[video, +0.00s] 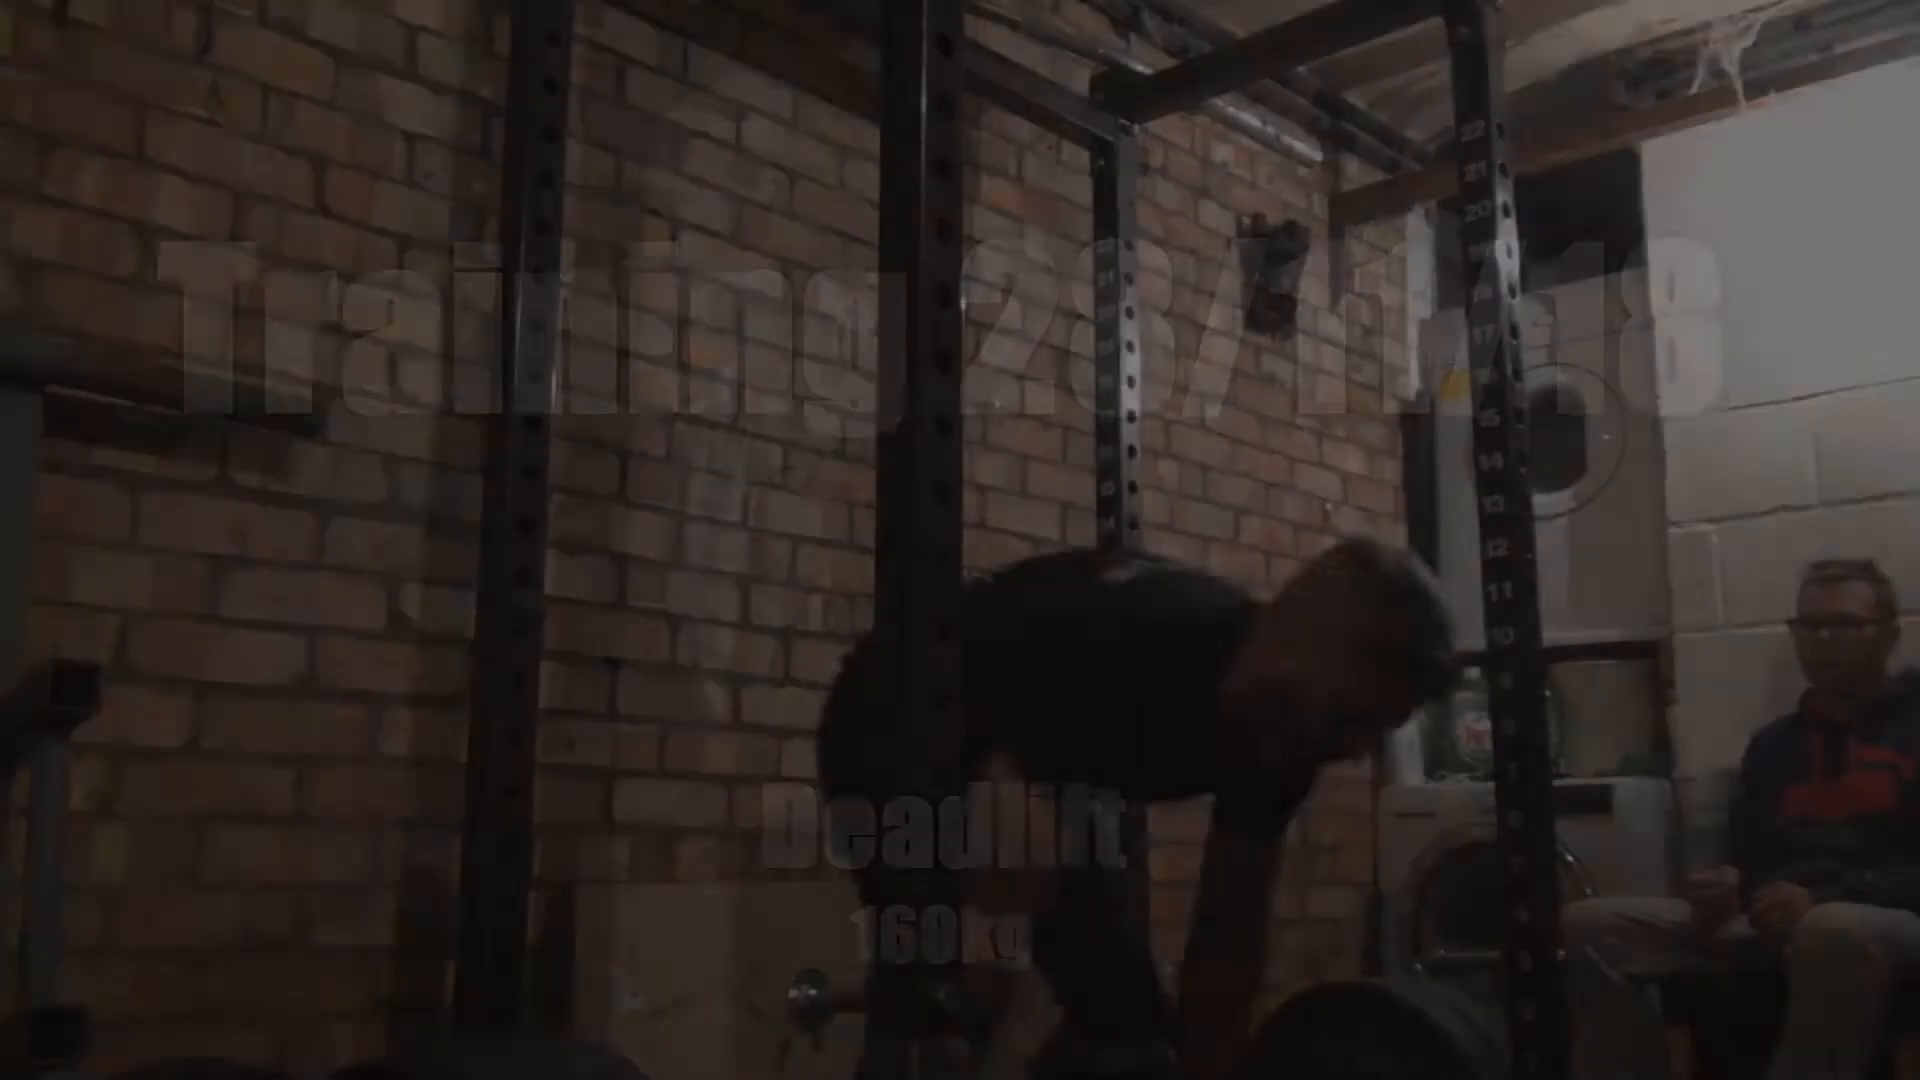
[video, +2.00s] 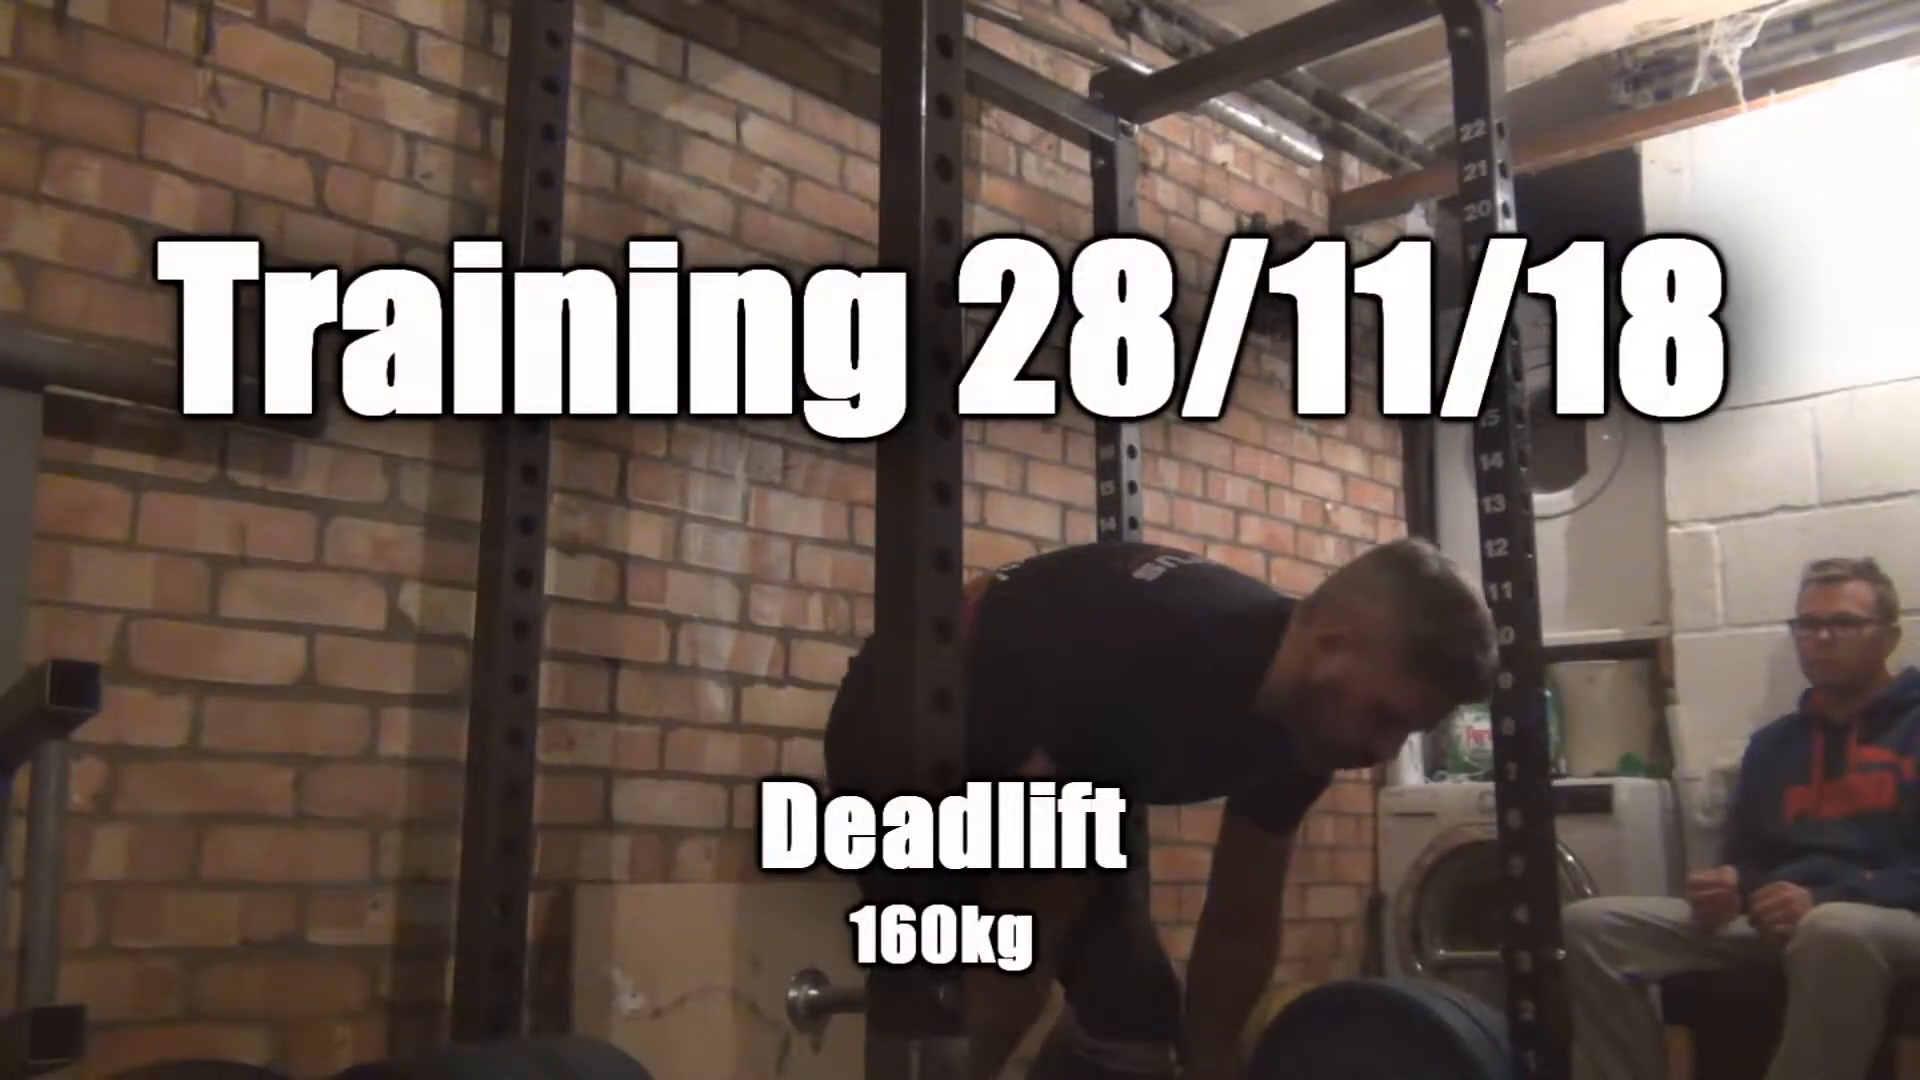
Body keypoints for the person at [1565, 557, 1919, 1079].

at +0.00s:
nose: (1824, 640)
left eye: (1845, 625)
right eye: (1811, 625)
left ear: (1889, 633)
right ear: (1795, 635)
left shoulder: (1912, 723)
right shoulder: (1772, 746)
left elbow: (1910, 874)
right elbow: (1748, 863)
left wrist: (1819, 900)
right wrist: (1727, 894)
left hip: (1893, 917)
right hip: (1774, 920)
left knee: (1831, 936)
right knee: (1589, 927)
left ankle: (1807, 1071)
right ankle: (1629, 1072)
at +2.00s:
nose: (1821, 638)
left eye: (1843, 624)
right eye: (1808, 624)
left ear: (1889, 636)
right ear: (1794, 633)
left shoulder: (1911, 723)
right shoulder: (1772, 744)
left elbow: (1912, 873)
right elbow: (1744, 859)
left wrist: (1820, 900)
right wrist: (1729, 889)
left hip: (1893, 920)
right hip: (1772, 920)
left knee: (1832, 936)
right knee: (1588, 928)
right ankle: (1626, 1073)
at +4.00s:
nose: (1822, 638)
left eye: (1844, 624)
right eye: (1809, 624)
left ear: (1890, 636)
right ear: (1794, 634)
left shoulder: (1914, 723)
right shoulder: (1772, 744)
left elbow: (1914, 873)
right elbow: (1745, 858)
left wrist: (1820, 900)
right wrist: (1729, 888)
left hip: (1894, 920)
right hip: (1770, 921)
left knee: (1833, 935)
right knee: (1589, 929)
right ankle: (1629, 1072)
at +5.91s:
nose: (1824, 638)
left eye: (1846, 624)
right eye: (1810, 624)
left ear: (1891, 636)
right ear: (1795, 634)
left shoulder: (1912, 723)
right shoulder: (1773, 745)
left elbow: (1912, 875)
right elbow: (1745, 857)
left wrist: (1819, 900)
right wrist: (1729, 886)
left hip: (1894, 918)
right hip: (1771, 918)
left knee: (1833, 936)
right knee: (1589, 929)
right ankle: (1626, 1074)